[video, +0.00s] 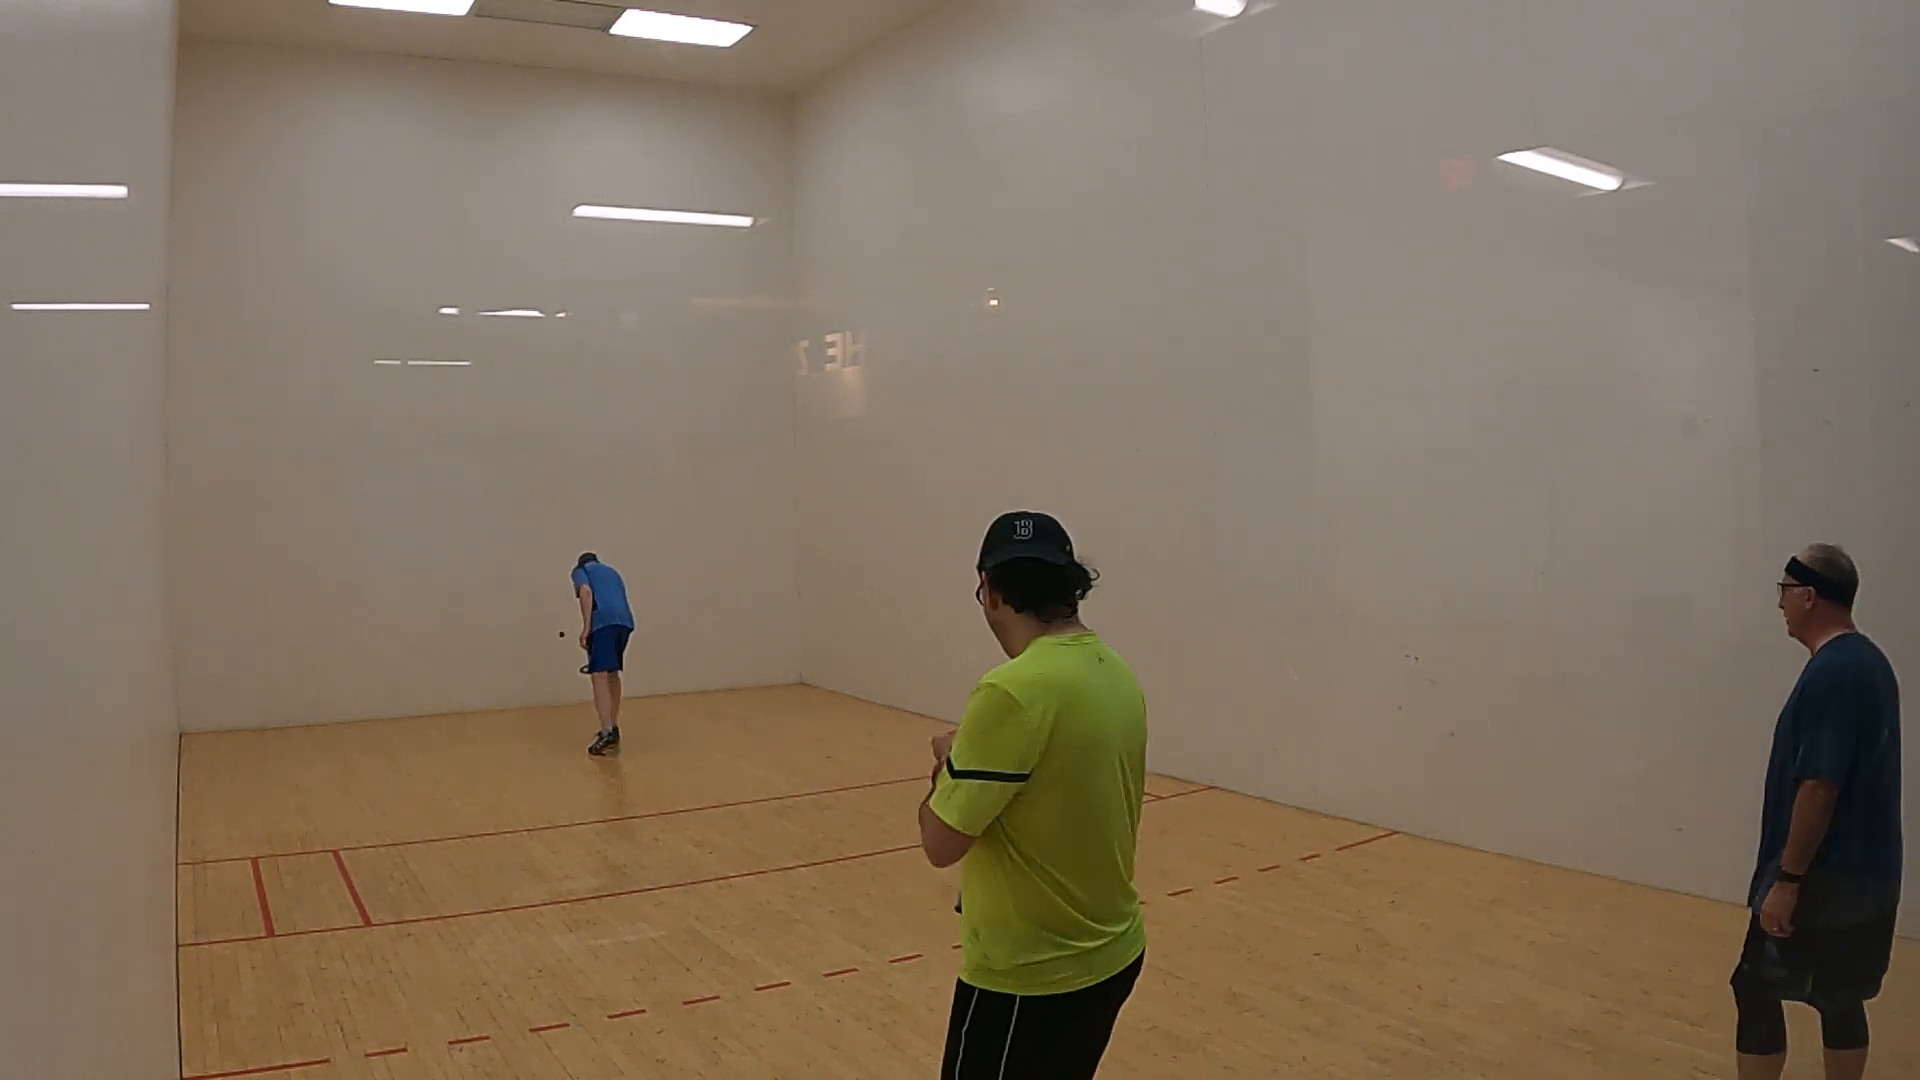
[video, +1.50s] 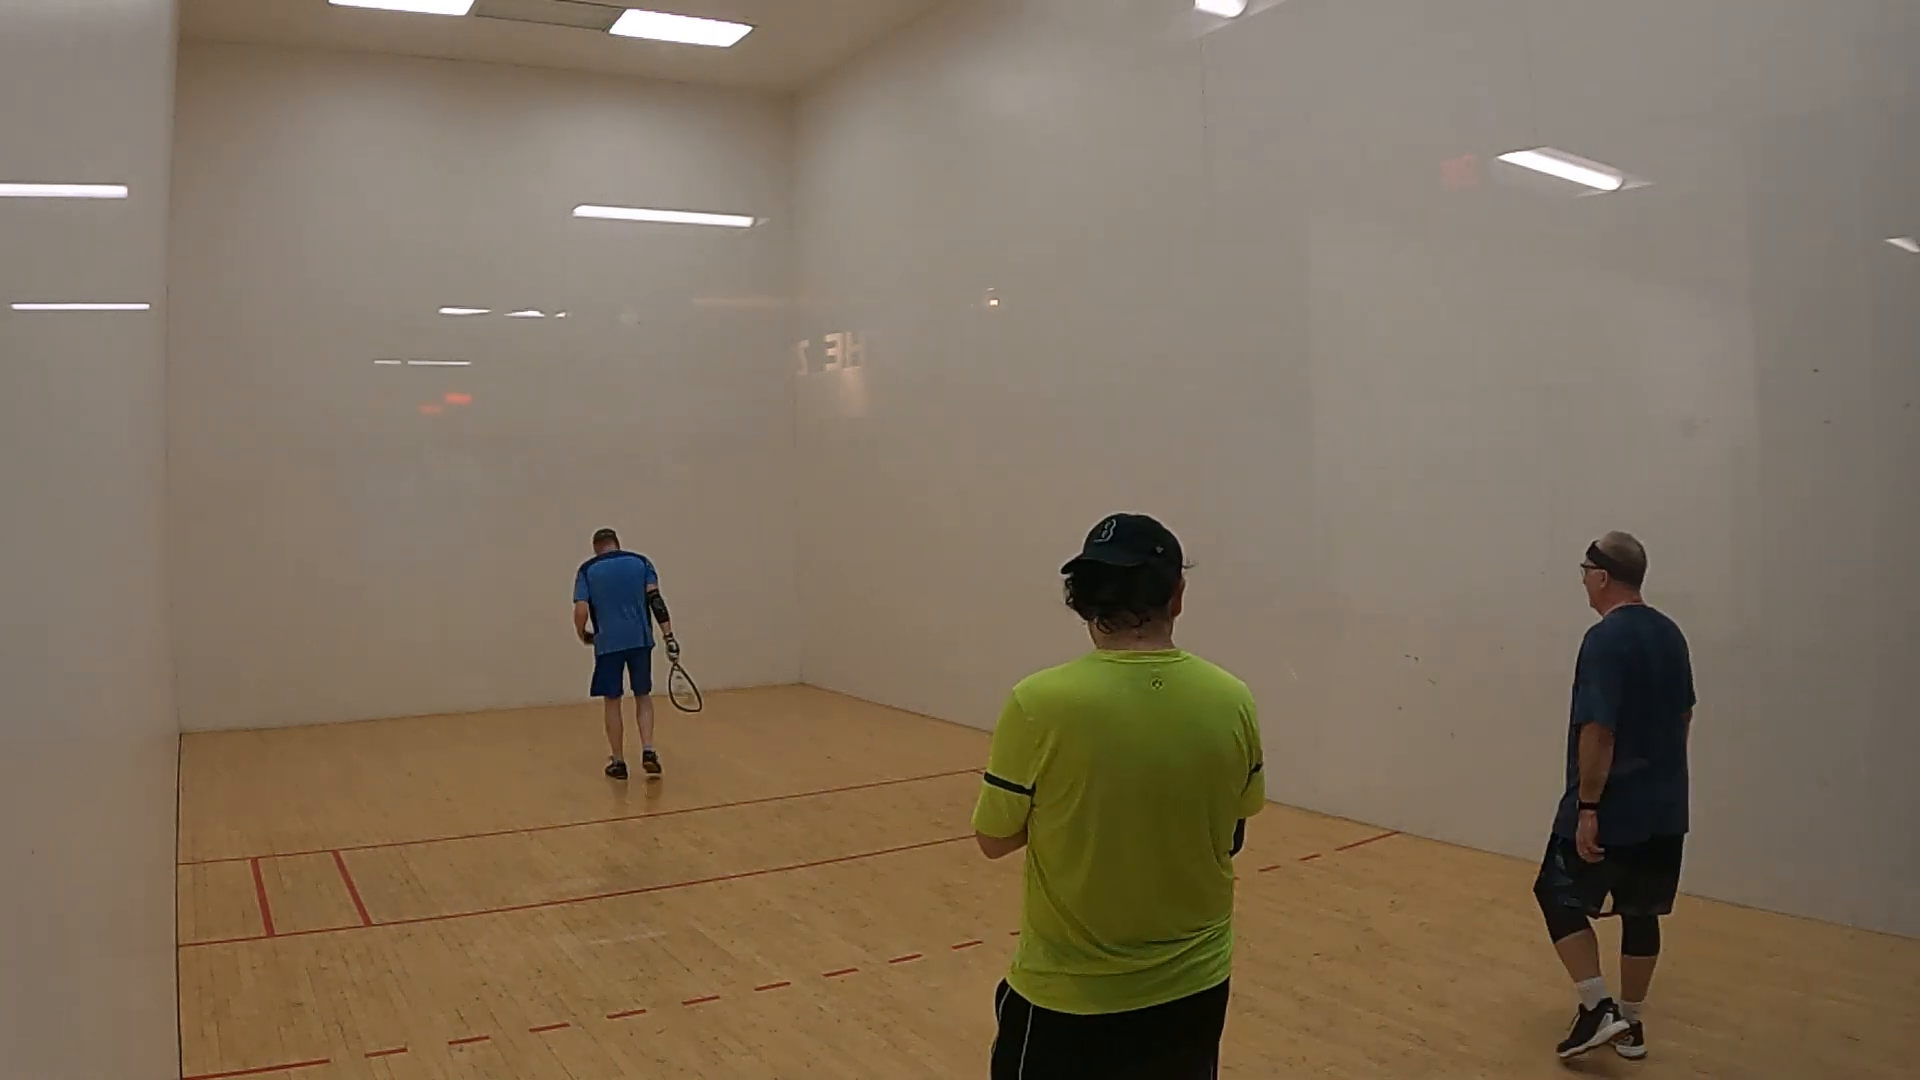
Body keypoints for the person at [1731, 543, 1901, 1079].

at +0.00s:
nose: (1780, 600)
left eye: (1786, 589)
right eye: (1782, 589)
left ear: (1812, 597)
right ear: (1835, 599)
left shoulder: (1833, 670)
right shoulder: (1869, 663)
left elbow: (1818, 787)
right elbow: (1858, 787)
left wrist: (1786, 881)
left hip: (1816, 881)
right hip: (1861, 881)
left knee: (1754, 988)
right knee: (1841, 997)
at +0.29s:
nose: (1744, 602)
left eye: (1748, 593)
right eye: (1746, 592)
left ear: (1769, 600)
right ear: (1804, 602)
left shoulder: (1772, 672)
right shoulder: (1847, 665)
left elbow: (1765, 785)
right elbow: (1862, 758)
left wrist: (1746, 871)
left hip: (1774, 875)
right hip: (1841, 877)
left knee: (1724, 970)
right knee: (1832, 993)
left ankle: (1699, 1072)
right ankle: (1839, 1079)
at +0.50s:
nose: (1707, 605)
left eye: (1709, 595)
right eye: (1707, 595)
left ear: (1724, 601)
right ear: (1764, 599)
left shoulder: (1722, 669)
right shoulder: (1809, 662)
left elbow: (1707, 778)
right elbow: (1833, 756)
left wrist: (1688, 859)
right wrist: (1821, 829)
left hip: (1733, 862)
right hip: (1802, 863)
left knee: (1695, 957)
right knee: (1802, 983)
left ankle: (1692, 1071)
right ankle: (1825, 1076)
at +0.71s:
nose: (1676, 593)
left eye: (1678, 584)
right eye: (1677, 583)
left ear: (1690, 590)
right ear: (1734, 589)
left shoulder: (1681, 659)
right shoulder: (1775, 654)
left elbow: (1650, 761)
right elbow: (1798, 748)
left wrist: (1622, 832)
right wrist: (1791, 817)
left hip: (1689, 846)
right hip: (1759, 842)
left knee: (1680, 955)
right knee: (1743, 942)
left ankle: (1689, 1069)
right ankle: (1777, 1045)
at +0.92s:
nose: (1646, 588)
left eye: (1648, 581)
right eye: (1648, 579)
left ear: (1659, 589)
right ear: (1704, 586)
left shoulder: (1652, 657)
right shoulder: (1746, 647)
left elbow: (1613, 751)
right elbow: (1771, 736)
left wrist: (1580, 812)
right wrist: (1761, 800)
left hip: (1668, 836)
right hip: (1729, 830)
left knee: (1673, 951)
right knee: (1703, 939)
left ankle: (1689, 1064)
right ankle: (1692, 1040)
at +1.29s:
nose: (1610, 584)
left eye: (1612, 576)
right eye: (1611, 575)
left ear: (1626, 582)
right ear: (1663, 583)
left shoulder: (1622, 646)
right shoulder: (1699, 643)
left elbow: (1602, 741)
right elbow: (1716, 727)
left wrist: (1579, 811)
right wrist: (1707, 797)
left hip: (1630, 819)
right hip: (1685, 818)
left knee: (1607, 922)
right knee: (1652, 919)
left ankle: (1667, 1045)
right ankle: (1630, 1019)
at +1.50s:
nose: (1584, 579)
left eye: (1587, 571)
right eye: (1586, 570)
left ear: (1602, 577)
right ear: (1636, 578)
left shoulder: (1604, 639)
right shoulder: (1670, 634)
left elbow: (1597, 729)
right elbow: (1683, 716)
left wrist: (1587, 807)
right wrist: (1662, 781)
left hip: (1603, 810)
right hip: (1663, 811)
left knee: (1558, 892)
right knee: (1642, 911)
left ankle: (1594, 1005)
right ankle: (1629, 1025)